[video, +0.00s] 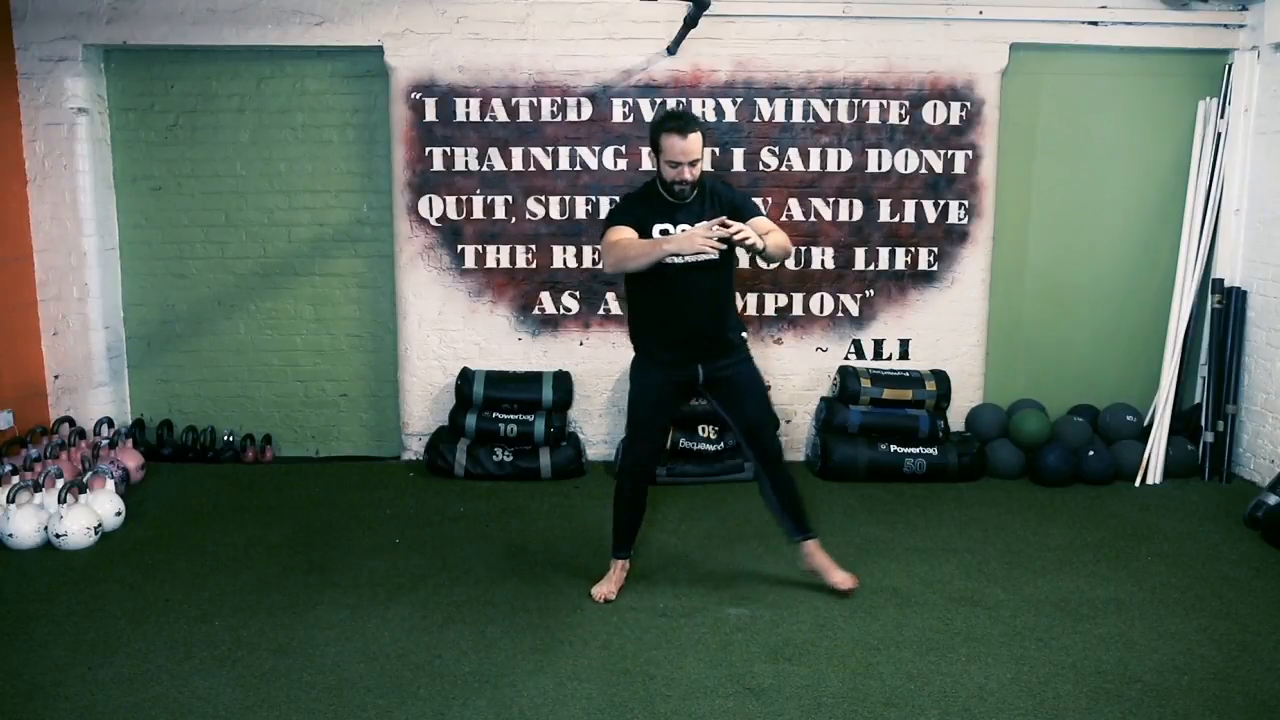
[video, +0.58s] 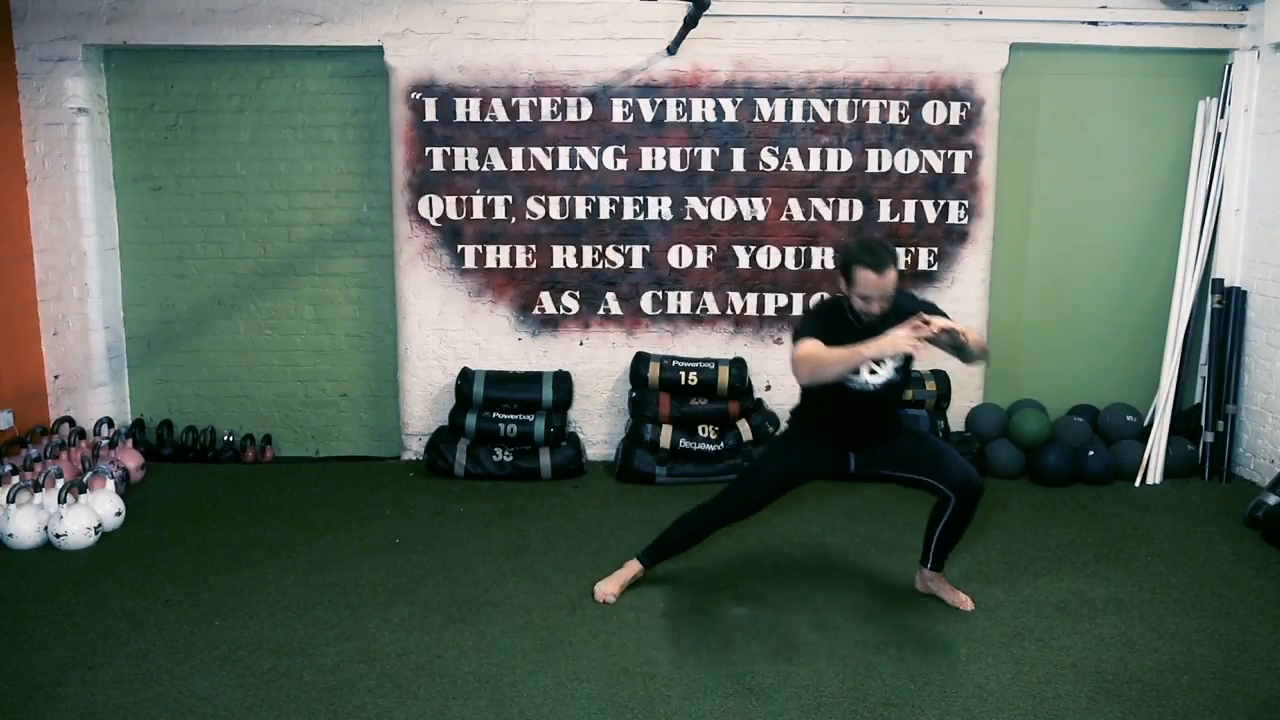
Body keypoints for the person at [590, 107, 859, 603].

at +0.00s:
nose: (684, 174)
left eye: (692, 163)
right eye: (674, 164)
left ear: (704, 155)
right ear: (656, 158)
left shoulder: (721, 194)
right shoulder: (637, 203)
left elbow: (782, 246)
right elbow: (612, 257)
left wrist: (759, 241)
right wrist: (674, 242)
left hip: (725, 350)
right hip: (659, 355)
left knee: (766, 443)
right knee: (638, 457)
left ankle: (809, 547)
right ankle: (619, 561)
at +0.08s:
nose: (698, 180)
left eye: (707, 168)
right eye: (686, 169)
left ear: (720, 159)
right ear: (667, 162)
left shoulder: (741, 201)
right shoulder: (648, 208)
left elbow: (800, 250)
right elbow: (630, 260)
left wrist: (780, 237)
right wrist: (695, 243)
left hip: (740, 354)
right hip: (672, 360)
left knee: (791, 444)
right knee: (642, 463)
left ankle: (854, 542)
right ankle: (620, 562)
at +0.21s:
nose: (729, 191)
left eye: (736, 180)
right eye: (717, 182)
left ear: (747, 171)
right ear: (697, 175)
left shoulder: (767, 210)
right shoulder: (677, 226)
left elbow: (836, 254)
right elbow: (664, 272)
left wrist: (816, 243)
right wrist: (733, 250)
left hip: (772, 364)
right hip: (705, 373)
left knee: (836, 443)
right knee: (665, 466)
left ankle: (907, 539)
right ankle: (624, 562)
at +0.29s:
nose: (757, 206)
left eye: (765, 197)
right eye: (747, 198)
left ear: (776, 186)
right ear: (726, 192)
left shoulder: (795, 226)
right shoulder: (707, 236)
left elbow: (864, 265)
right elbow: (695, 286)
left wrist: (846, 254)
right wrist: (765, 263)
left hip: (797, 374)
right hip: (731, 378)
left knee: (865, 451)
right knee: (682, 469)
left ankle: (928, 556)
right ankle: (624, 565)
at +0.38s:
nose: (792, 232)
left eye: (801, 221)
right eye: (781, 223)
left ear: (811, 208)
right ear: (761, 214)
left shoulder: (827, 244)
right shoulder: (743, 256)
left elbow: (895, 280)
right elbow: (731, 305)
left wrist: (882, 268)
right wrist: (796, 282)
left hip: (829, 392)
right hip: (762, 397)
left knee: (903, 463)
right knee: (705, 477)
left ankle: (927, 570)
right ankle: (628, 564)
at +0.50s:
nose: (845, 276)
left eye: (853, 267)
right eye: (835, 267)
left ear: (867, 256)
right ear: (815, 258)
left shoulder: (883, 285)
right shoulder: (798, 290)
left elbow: (950, 323)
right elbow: (779, 343)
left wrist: (925, 309)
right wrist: (853, 317)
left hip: (867, 421)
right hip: (798, 423)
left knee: (948, 479)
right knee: (726, 495)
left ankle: (929, 573)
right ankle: (634, 566)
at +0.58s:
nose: (873, 305)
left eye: (882, 296)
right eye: (864, 297)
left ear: (895, 280)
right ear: (845, 283)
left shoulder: (911, 309)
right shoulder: (824, 316)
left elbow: (976, 353)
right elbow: (806, 368)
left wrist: (957, 337)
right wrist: (878, 348)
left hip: (885, 436)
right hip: (815, 436)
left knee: (964, 483)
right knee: (736, 501)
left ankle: (931, 573)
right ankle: (635, 568)